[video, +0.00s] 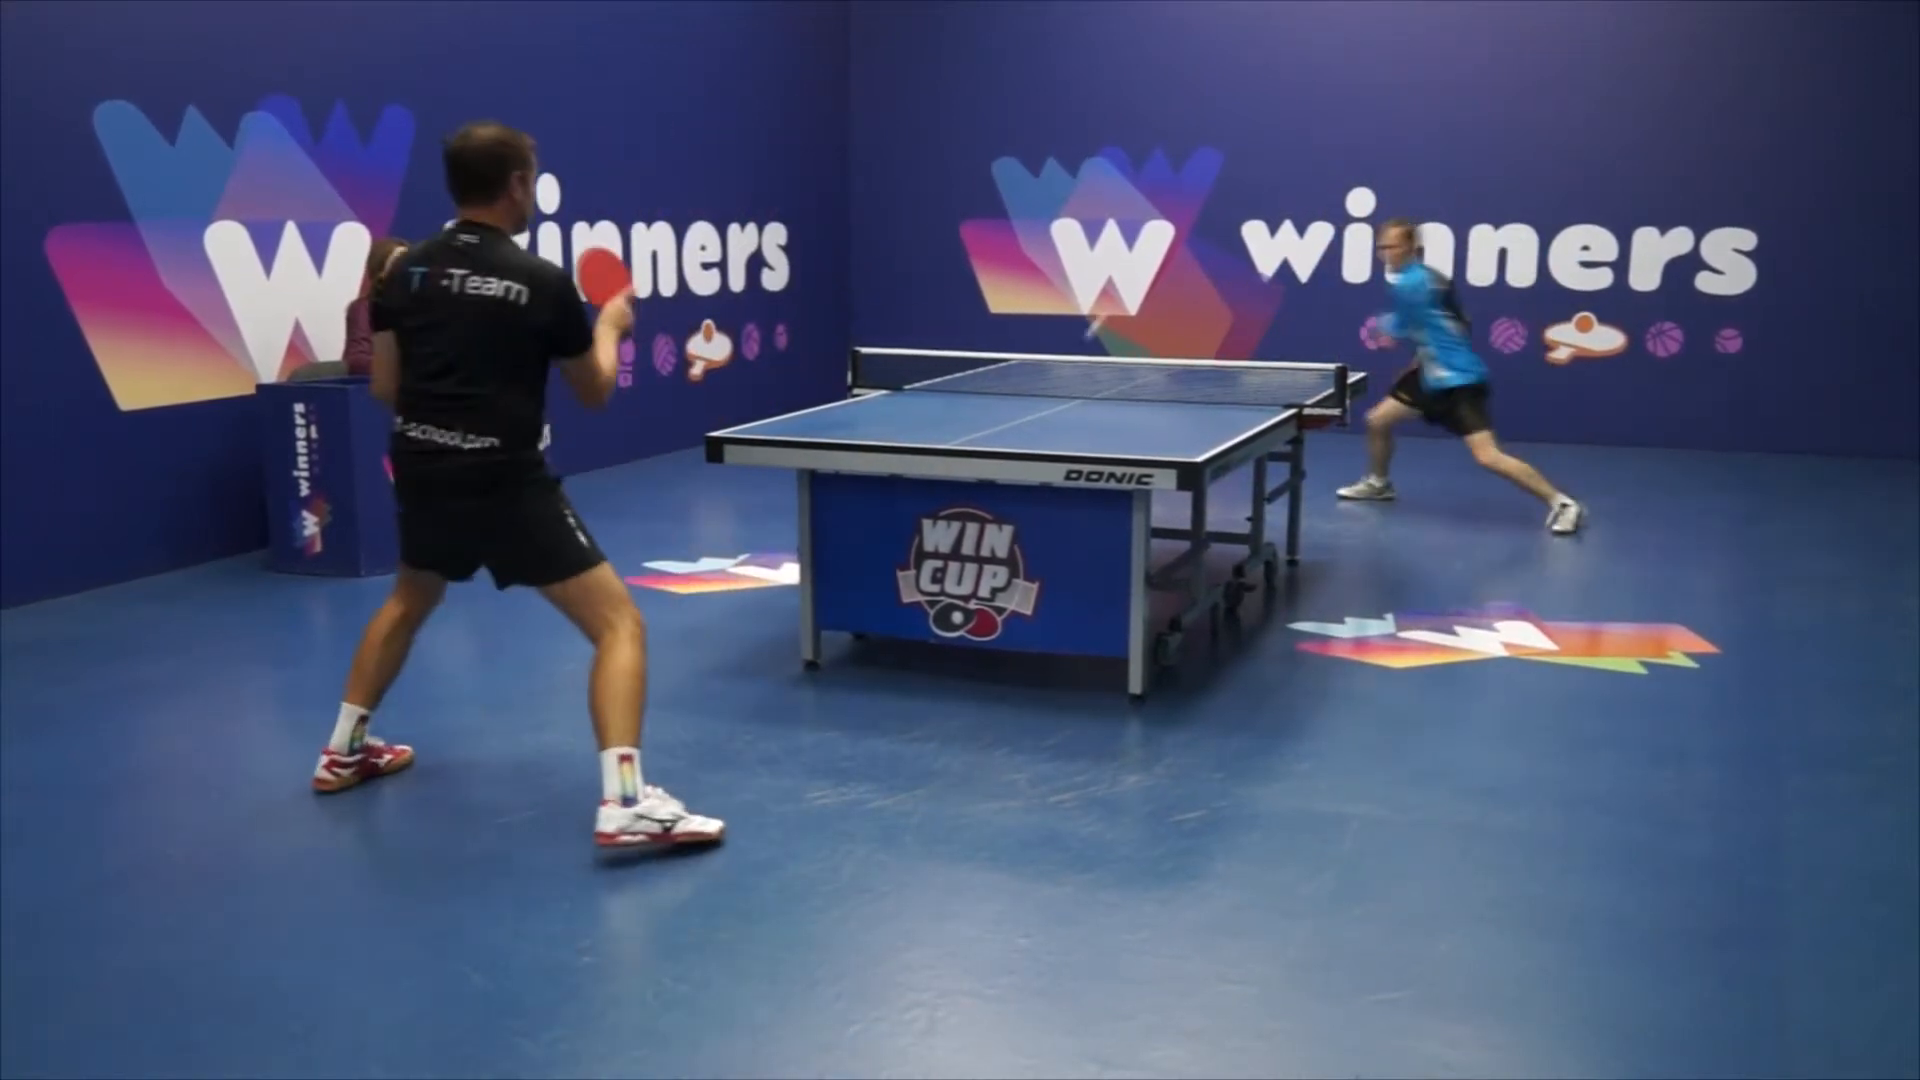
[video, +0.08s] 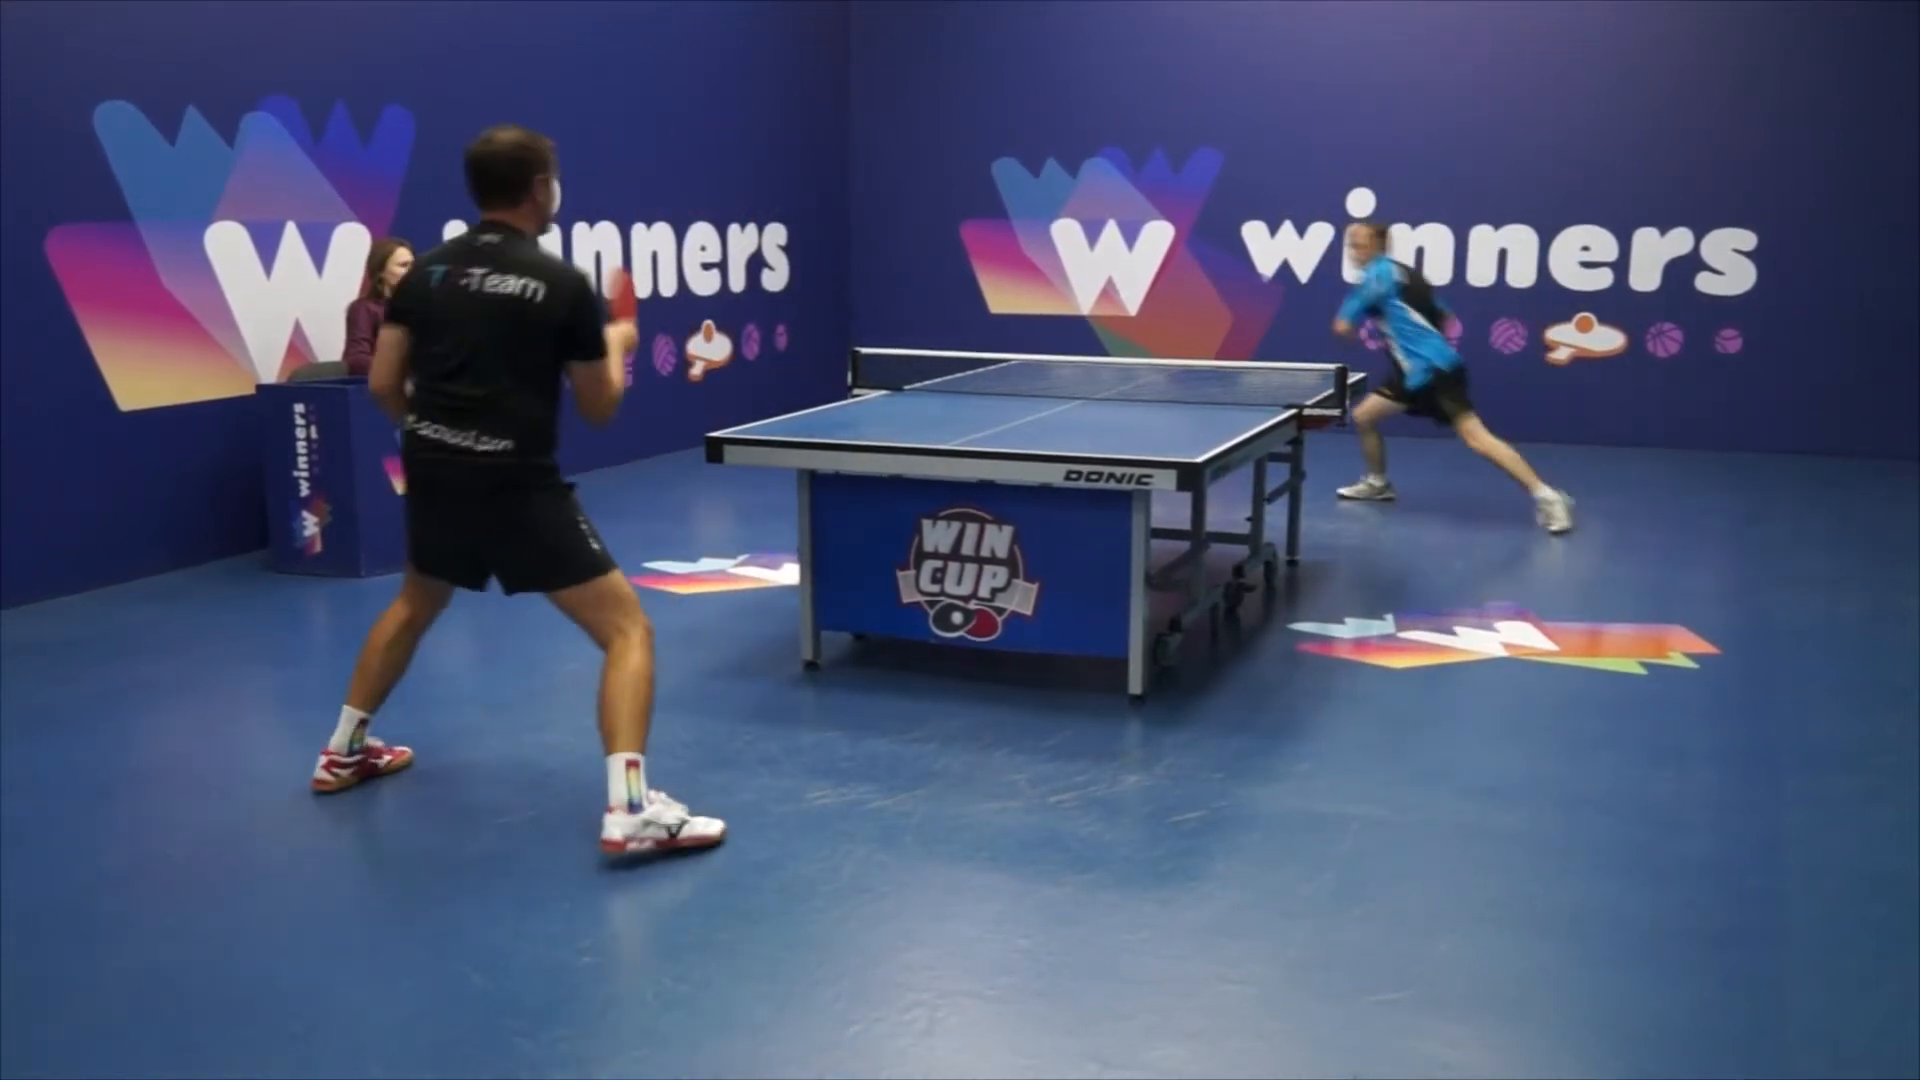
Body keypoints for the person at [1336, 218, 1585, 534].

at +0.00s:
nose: (1387, 254)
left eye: (1394, 247)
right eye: (1383, 247)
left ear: (1412, 248)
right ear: (1381, 249)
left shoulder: (1416, 282)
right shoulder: (1409, 281)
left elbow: (1404, 322)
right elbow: (1425, 325)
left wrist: (1384, 328)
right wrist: (1388, 332)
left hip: (1461, 379)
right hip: (1430, 376)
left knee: (1487, 455)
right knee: (1377, 420)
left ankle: (1561, 504)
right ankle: (1378, 483)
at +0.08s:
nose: (1355, 251)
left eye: (1361, 245)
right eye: (1352, 245)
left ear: (1378, 245)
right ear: (1352, 245)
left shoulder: (1380, 272)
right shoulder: (1400, 274)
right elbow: (1442, 317)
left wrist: (1347, 317)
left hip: (1438, 370)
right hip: (1413, 374)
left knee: (1476, 438)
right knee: (1363, 416)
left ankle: (1547, 497)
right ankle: (1377, 482)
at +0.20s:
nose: (1314, 235)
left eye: (1320, 228)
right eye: (1311, 228)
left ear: (1338, 228)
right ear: (1313, 229)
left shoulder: (1352, 248)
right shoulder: (1337, 261)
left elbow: (1380, 263)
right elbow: (1360, 296)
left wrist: (1343, 308)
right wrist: (1345, 328)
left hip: (1408, 345)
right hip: (1386, 357)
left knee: (1433, 413)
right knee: (1354, 417)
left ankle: (1484, 481)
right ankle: (1375, 481)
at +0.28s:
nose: (1297, 219)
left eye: (1302, 212)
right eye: (1293, 213)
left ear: (1322, 210)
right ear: (1293, 216)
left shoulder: (1349, 233)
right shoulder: (1301, 260)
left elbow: (1389, 238)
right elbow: (1283, 309)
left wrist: (1349, 244)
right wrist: (1241, 296)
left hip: (1387, 327)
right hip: (1354, 338)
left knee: (1384, 401)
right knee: (1350, 413)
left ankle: (1399, 479)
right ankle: (1375, 478)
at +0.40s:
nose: (1280, 207)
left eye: (1287, 200)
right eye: (1276, 201)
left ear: (1305, 200)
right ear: (1273, 204)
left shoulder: (1328, 231)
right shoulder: (1275, 236)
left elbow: (1370, 244)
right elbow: (1241, 258)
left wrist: (1344, 258)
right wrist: (1281, 245)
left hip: (1339, 322)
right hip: (1304, 327)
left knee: (1321, 398)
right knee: (1299, 397)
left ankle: (1311, 471)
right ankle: (1347, 455)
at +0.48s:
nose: (1270, 212)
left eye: (1277, 206)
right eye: (1266, 206)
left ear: (1293, 207)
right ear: (1261, 208)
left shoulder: (1312, 242)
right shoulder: (1256, 239)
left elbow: (1354, 265)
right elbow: (1225, 272)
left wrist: (1353, 287)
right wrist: (1269, 250)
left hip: (1309, 338)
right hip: (1270, 342)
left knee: (1296, 410)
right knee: (1272, 409)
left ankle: (1296, 480)